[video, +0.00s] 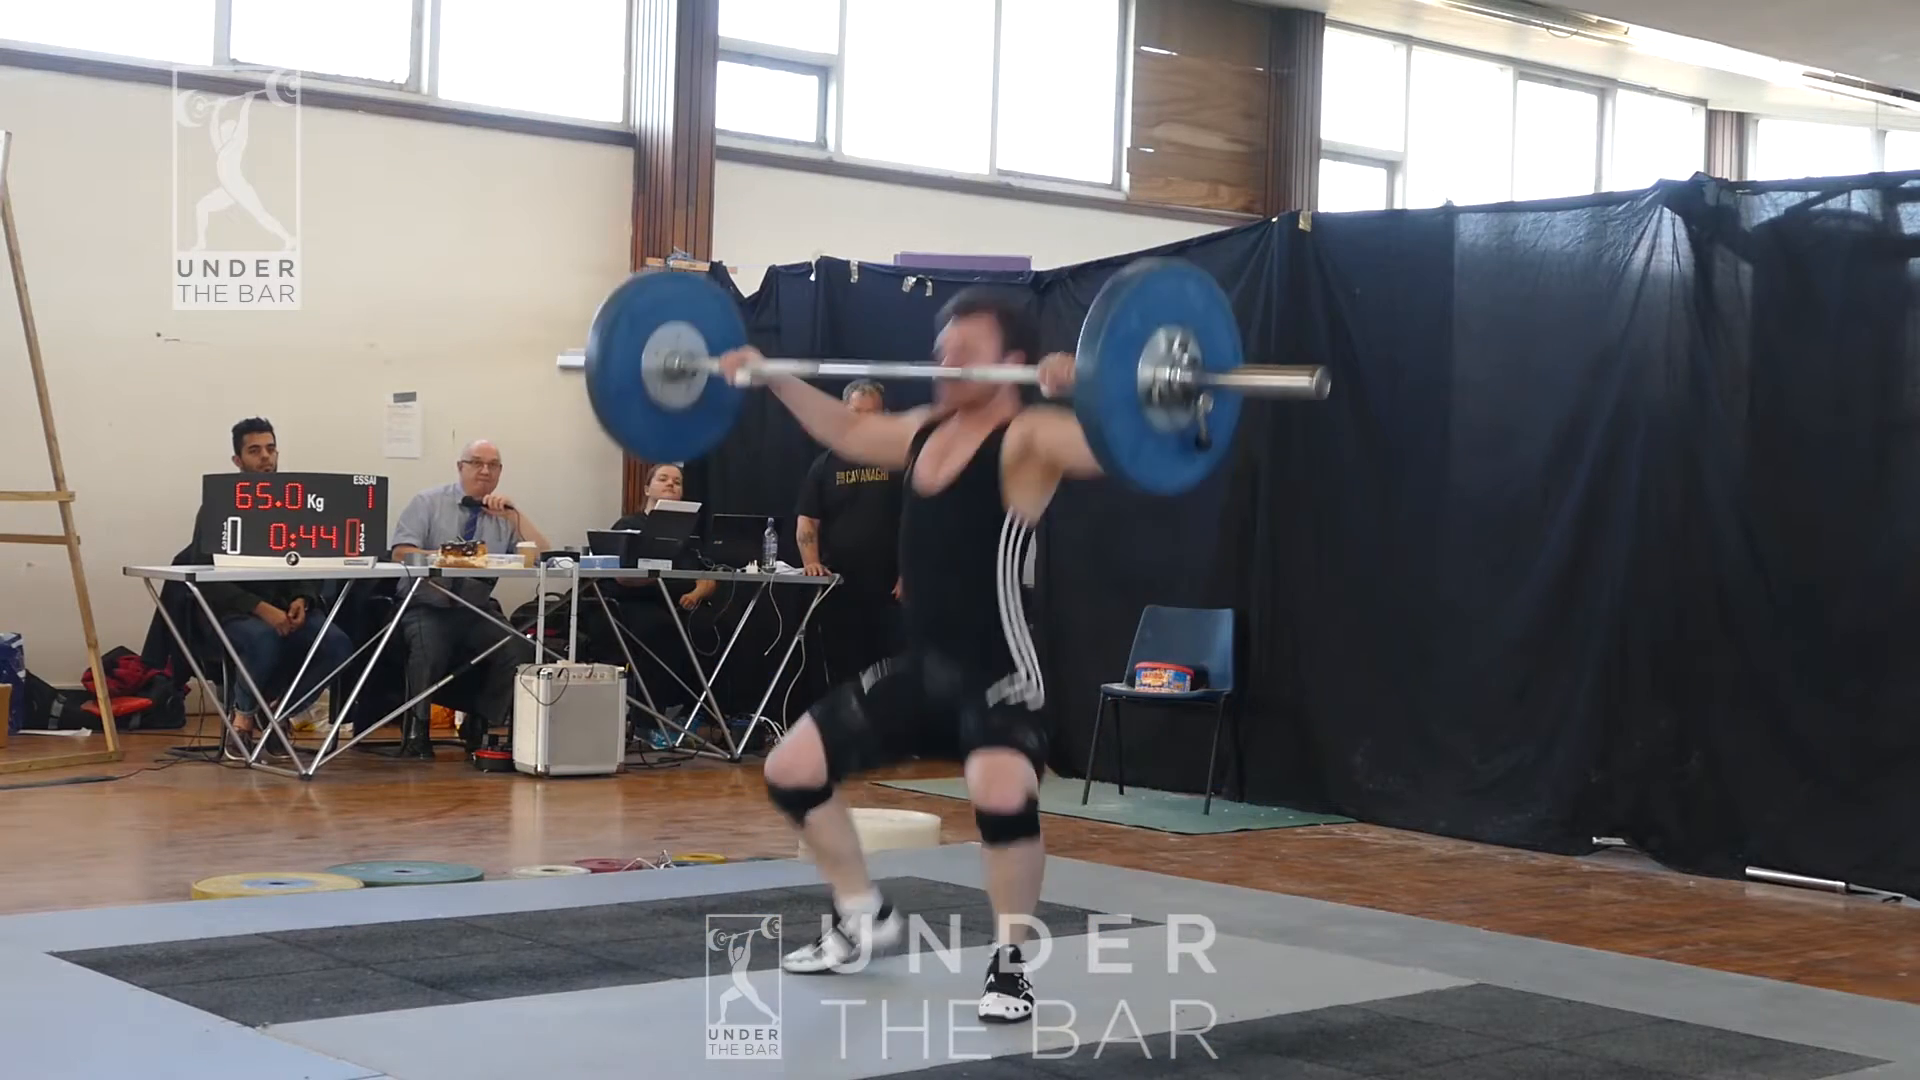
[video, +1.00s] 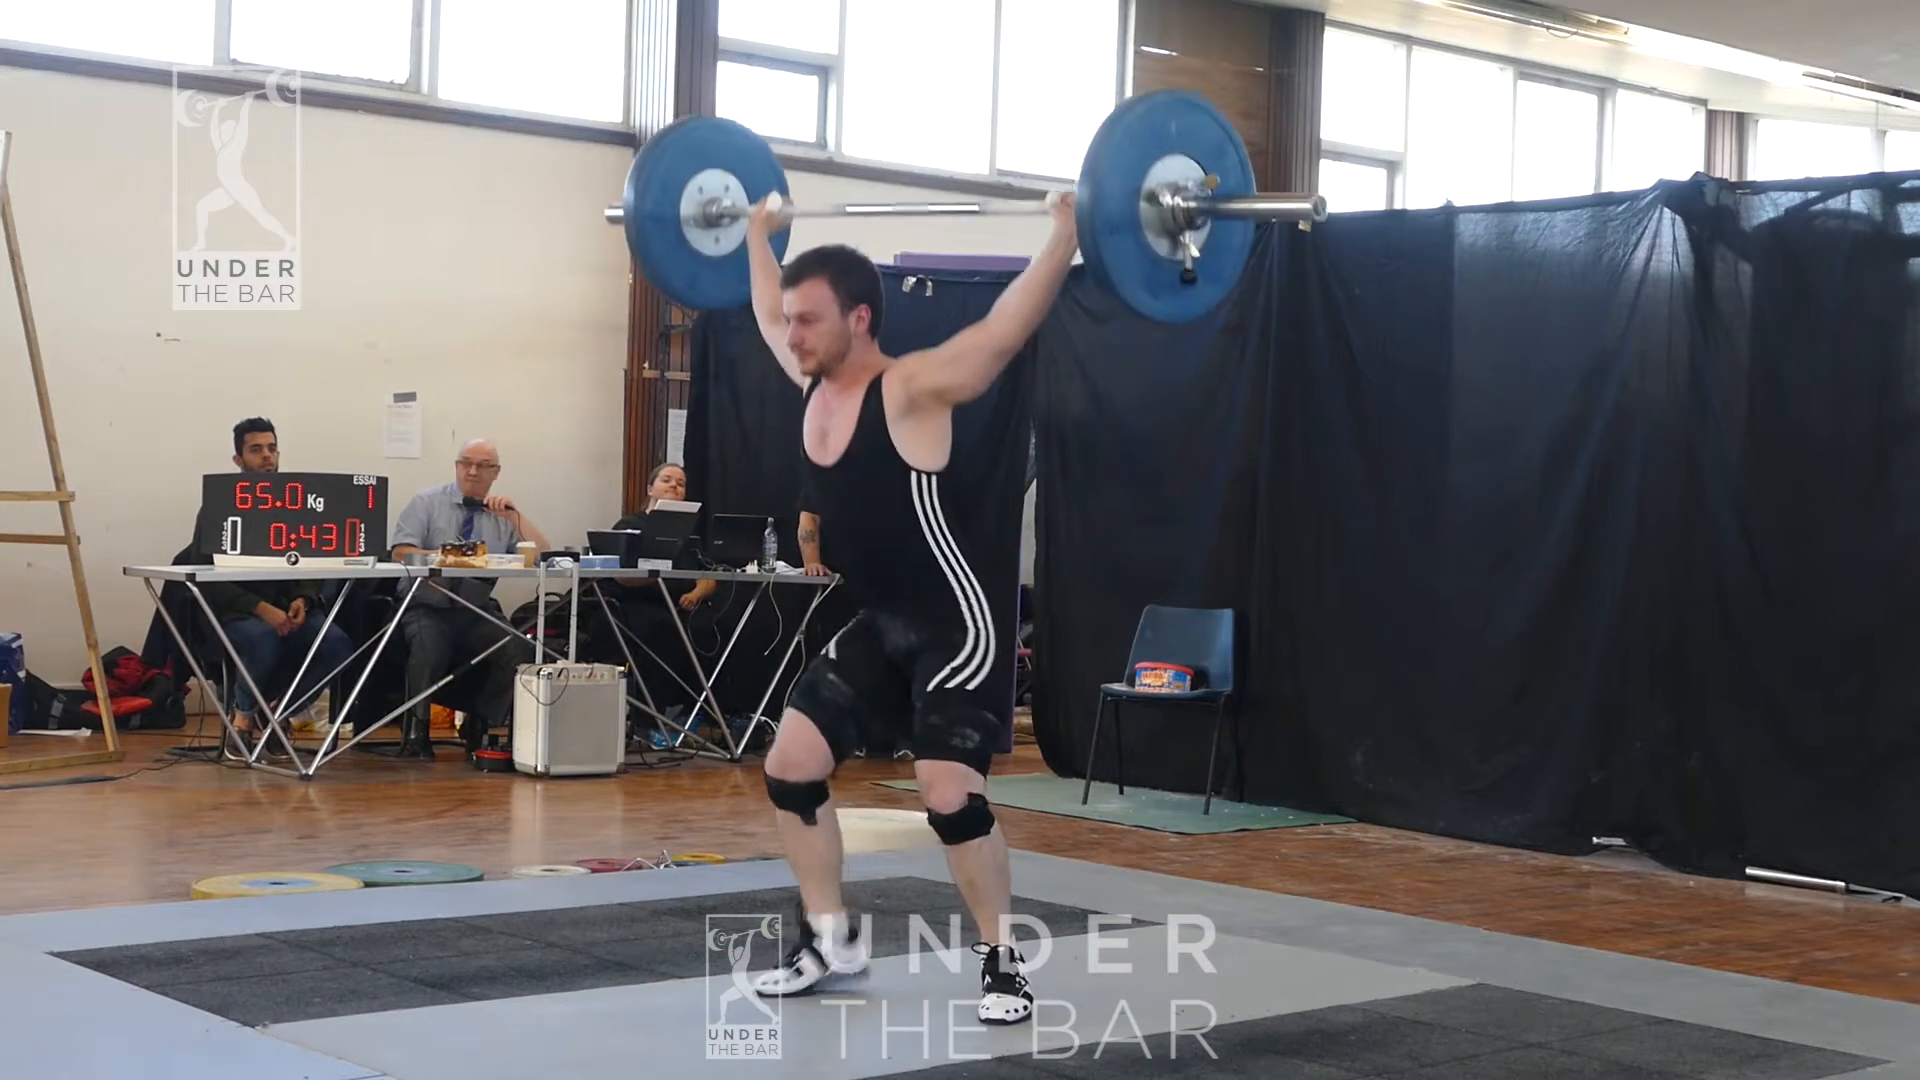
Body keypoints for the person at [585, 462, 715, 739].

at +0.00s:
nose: (670, 485)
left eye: (676, 482)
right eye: (663, 480)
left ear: (682, 491)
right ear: (647, 487)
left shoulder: (689, 529)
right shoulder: (627, 525)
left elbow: (709, 576)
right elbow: (613, 570)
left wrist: (696, 593)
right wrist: (638, 580)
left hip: (677, 604)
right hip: (636, 604)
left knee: (703, 629)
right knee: (656, 633)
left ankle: (693, 714)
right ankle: (651, 721)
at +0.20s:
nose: (671, 486)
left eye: (678, 483)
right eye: (664, 480)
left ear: (683, 492)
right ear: (649, 487)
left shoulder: (689, 529)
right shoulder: (628, 525)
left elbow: (710, 575)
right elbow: (619, 575)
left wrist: (697, 592)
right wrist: (652, 577)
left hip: (678, 605)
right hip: (637, 604)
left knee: (704, 630)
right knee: (657, 635)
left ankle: (690, 712)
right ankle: (650, 721)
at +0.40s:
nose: (673, 489)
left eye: (678, 485)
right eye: (665, 483)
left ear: (684, 492)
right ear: (649, 490)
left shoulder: (688, 531)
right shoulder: (630, 525)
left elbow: (709, 576)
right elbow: (621, 575)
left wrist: (696, 593)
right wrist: (650, 578)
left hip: (676, 603)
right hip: (636, 604)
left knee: (702, 630)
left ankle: (691, 712)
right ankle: (648, 719)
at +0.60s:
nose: (674, 487)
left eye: (680, 484)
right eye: (666, 481)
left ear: (685, 494)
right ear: (650, 488)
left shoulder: (691, 530)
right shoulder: (628, 525)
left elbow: (711, 575)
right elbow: (622, 577)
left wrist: (697, 593)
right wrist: (656, 573)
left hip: (677, 604)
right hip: (635, 603)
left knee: (705, 627)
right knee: (658, 630)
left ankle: (696, 712)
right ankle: (649, 721)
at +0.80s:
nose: (673, 486)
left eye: (680, 484)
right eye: (666, 480)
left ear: (684, 494)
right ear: (650, 488)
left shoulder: (691, 529)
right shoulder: (629, 525)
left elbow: (710, 576)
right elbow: (622, 576)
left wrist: (696, 593)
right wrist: (656, 575)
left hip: (678, 605)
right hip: (637, 603)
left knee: (706, 628)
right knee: (657, 630)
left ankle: (694, 712)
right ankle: (653, 721)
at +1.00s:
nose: (674, 487)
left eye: (680, 484)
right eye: (666, 481)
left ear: (685, 493)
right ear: (650, 488)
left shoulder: (691, 529)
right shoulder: (629, 525)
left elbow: (711, 575)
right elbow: (619, 575)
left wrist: (697, 593)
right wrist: (653, 575)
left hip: (677, 605)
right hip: (636, 603)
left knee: (705, 630)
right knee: (655, 633)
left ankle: (687, 712)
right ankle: (650, 721)